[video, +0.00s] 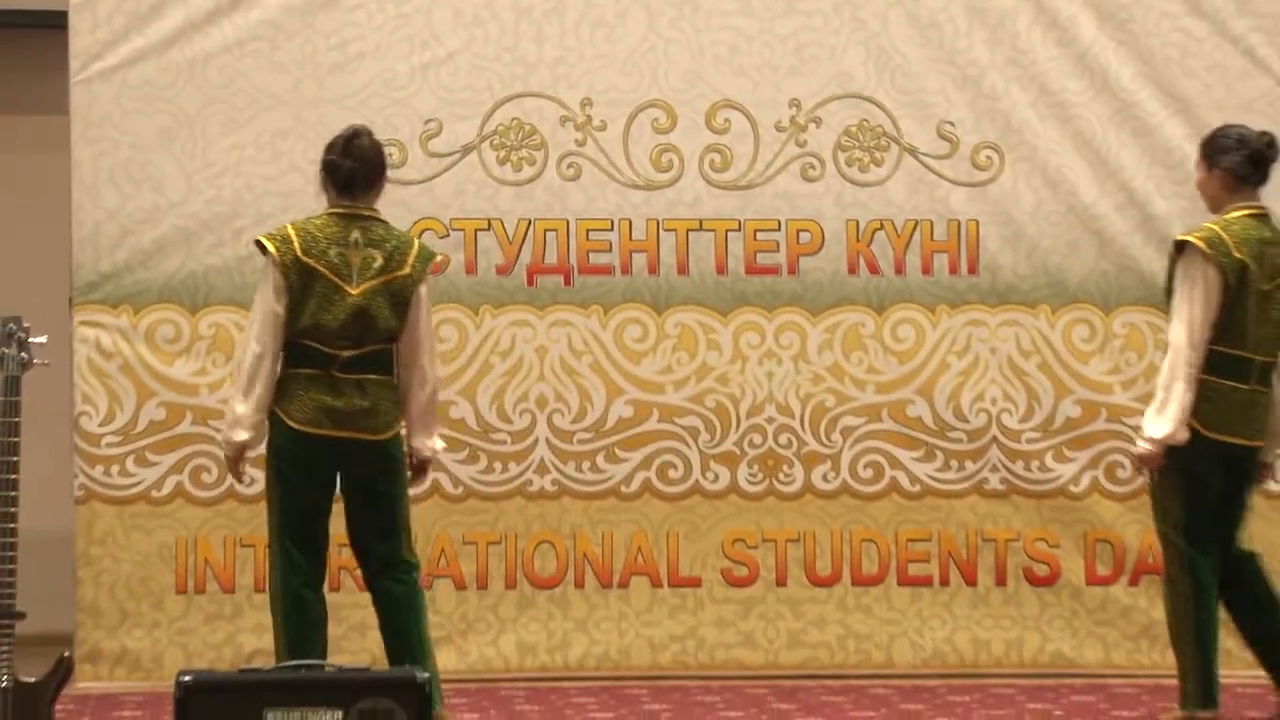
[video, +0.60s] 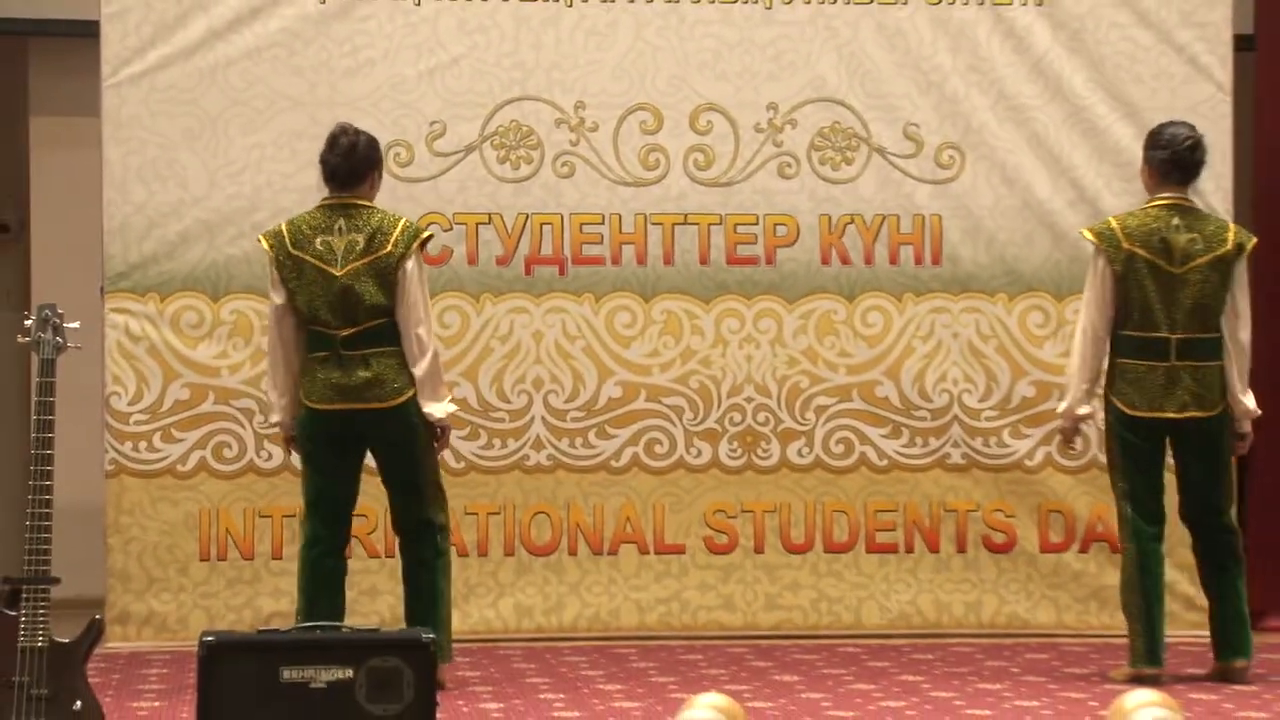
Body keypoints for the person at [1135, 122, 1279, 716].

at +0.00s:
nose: (1195, 180)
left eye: (1198, 170)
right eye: (1198, 169)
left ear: (1214, 175)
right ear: (1254, 177)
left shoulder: (1207, 246)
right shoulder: (1271, 242)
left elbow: (1188, 345)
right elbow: (1274, 361)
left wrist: (1160, 427)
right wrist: (1270, 444)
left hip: (1198, 435)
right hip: (1247, 436)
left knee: (1187, 565)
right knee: (1224, 554)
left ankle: (1197, 703)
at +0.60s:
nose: (1139, 171)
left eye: (1141, 163)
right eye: (1146, 163)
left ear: (1147, 169)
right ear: (1197, 172)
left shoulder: (1115, 237)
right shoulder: (1229, 241)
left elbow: (1094, 326)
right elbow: (1238, 331)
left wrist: (1077, 398)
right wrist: (1240, 402)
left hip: (1133, 404)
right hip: (1204, 406)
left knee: (1140, 529)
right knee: (1214, 522)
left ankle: (1145, 658)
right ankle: (1233, 654)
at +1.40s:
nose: (1087, 183)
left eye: (1089, 176)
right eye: (1089, 175)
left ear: (1099, 180)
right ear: (1141, 179)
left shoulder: (1081, 242)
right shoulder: (1176, 242)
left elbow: (1065, 324)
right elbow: (1179, 322)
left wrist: (1048, 391)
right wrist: (1186, 387)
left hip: (1094, 397)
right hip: (1156, 397)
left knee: (1078, 482)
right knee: (1148, 500)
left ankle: (1101, 592)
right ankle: (1147, 615)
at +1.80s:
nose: (1060, 189)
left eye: (1063, 181)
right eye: (1062, 180)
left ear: (1073, 186)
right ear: (1111, 188)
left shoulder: (1056, 247)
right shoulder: (1140, 251)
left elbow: (1045, 328)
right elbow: (1142, 331)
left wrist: (1040, 399)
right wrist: (1144, 399)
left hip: (1058, 400)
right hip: (1113, 401)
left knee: (1050, 510)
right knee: (1117, 507)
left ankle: (1048, 620)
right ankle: (1132, 620)